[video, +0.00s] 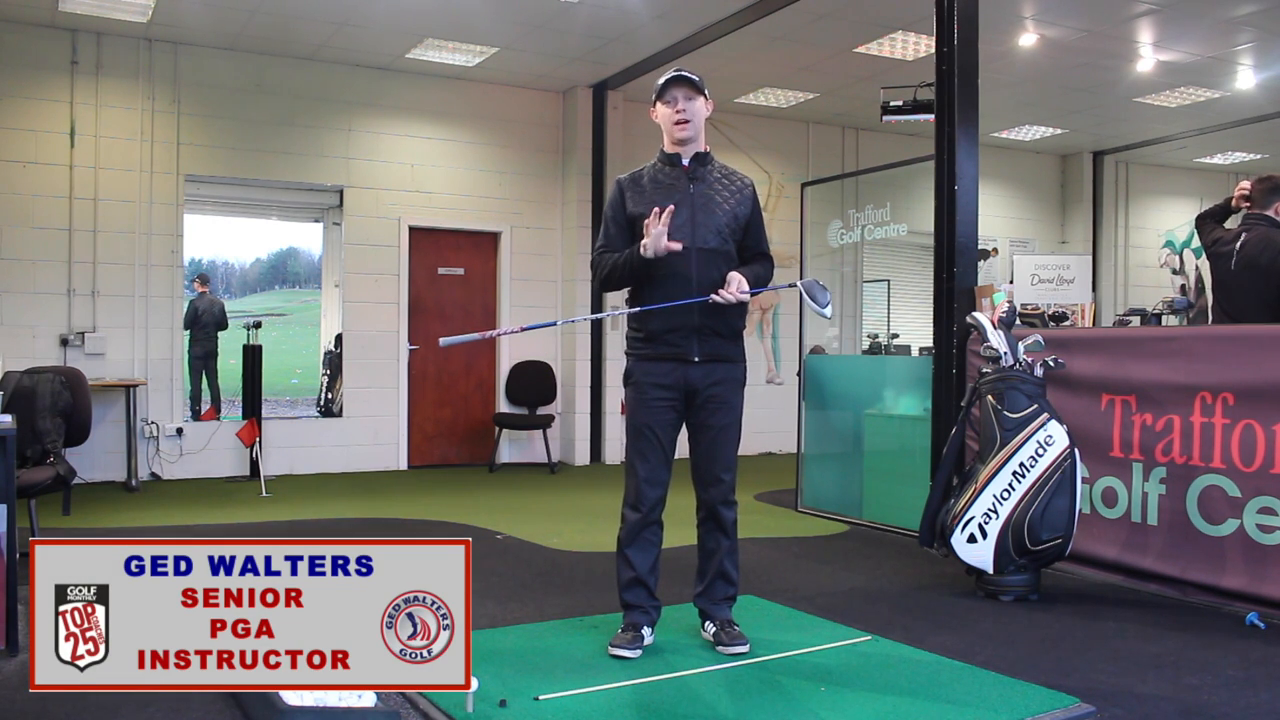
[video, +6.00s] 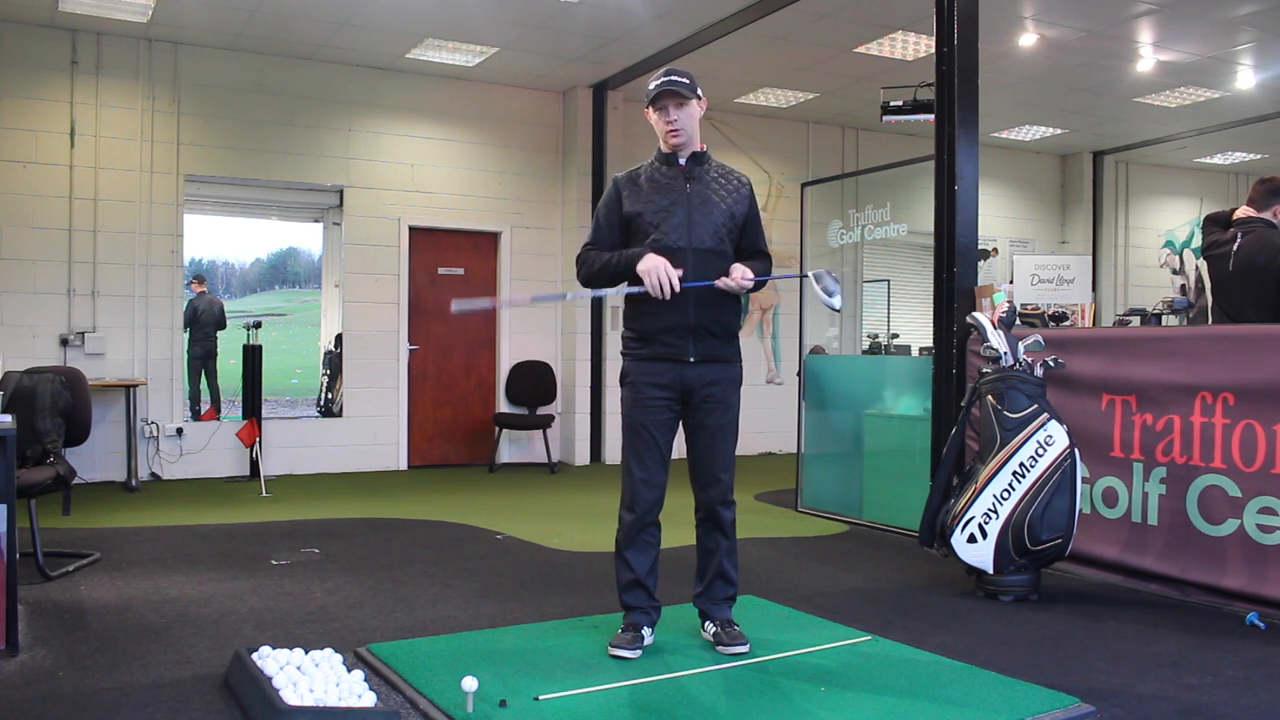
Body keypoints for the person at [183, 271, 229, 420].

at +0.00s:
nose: (194, 286)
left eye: (195, 284)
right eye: (194, 284)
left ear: (199, 285)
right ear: (207, 285)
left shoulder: (195, 302)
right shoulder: (218, 302)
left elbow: (186, 325)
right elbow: (224, 325)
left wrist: (197, 320)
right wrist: (211, 326)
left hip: (197, 345)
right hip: (212, 346)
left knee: (196, 382)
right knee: (213, 381)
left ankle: (196, 414)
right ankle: (216, 412)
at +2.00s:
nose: (193, 286)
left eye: (194, 284)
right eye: (194, 283)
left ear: (198, 284)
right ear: (207, 284)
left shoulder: (195, 302)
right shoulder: (217, 302)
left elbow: (190, 326)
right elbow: (221, 323)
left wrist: (184, 333)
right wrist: (209, 323)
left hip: (197, 345)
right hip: (212, 344)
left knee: (196, 382)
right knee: (213, 381)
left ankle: (195, 414)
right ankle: (216, 412)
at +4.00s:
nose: (191, 287)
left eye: (192, 285)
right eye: (191, 285)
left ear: (197, 285)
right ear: (204, 285)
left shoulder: (194, 302)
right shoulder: (217, 301)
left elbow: (188, 325)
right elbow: (223, 324)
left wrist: (189, 330)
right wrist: (210, 325)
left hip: (197, 345)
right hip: (212, 345)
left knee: (194, 383)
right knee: (213, 381)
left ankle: (195, 414)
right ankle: (216, 412)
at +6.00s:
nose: (191, 287)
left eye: (192, 284)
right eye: (191, 284)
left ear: (197, 285)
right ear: (204, 284)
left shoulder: (194, 302)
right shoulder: (217, 302)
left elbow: (185, 324)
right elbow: (222, 325)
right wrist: (209, 325)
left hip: (196, 345)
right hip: (211, 345)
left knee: (194, 383)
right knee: (213, 381)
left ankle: (195, 415)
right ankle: (216, 412)